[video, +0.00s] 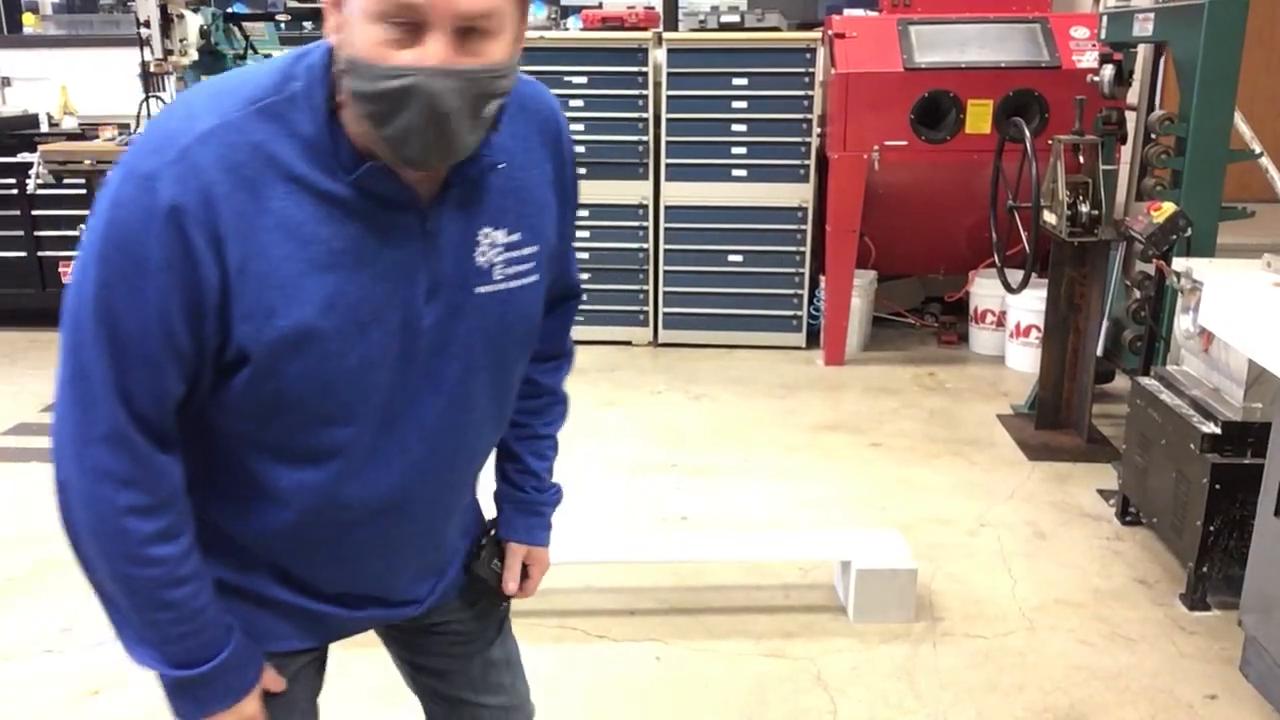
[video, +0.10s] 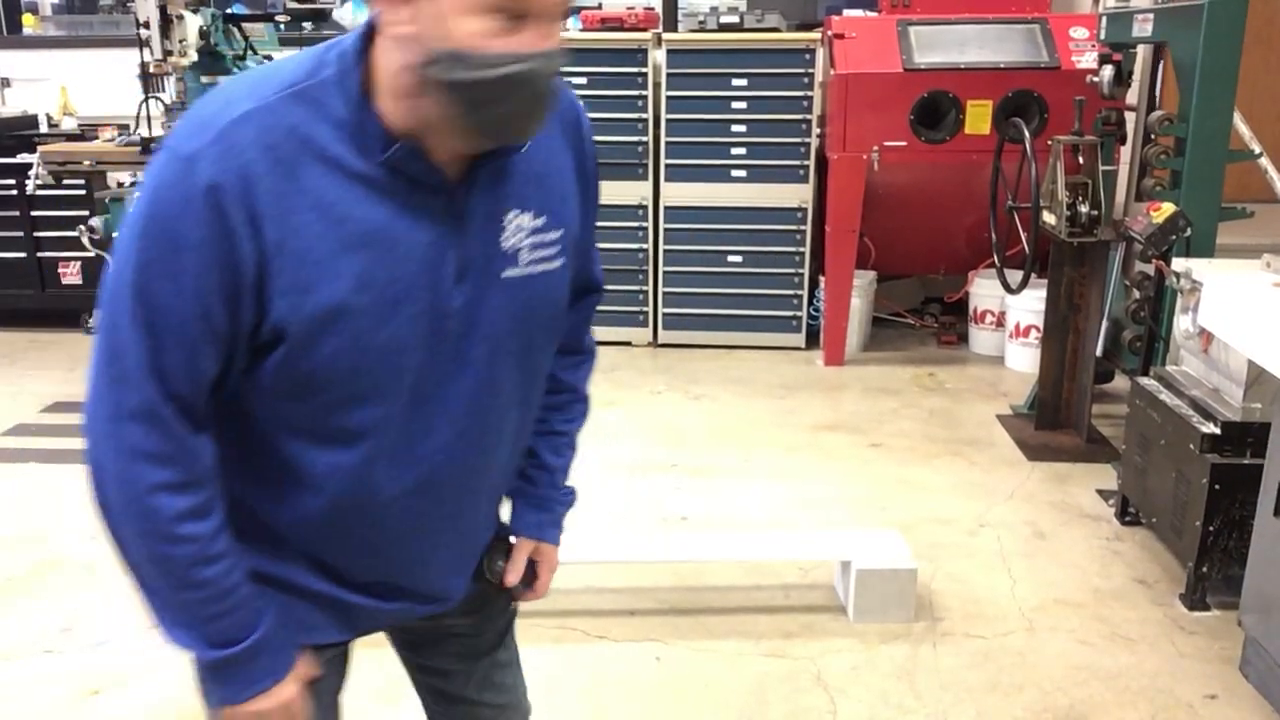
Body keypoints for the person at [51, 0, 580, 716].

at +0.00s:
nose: (435, 67)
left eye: (473, 33)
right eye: (401, 27)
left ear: (523, 34)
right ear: (335, 19)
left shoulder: (532, 134)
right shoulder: (184, 178)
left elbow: (543, 332)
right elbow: (105, 457)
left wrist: (527, 501)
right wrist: (207, 667)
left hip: (436, 542)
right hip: (258, 575)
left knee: (498, 709)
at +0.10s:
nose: (541, 45)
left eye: (555, 17)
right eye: (506, 14)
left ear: (571, 18)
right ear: (396, 10)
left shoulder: (555, 133)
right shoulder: (224, 162)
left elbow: (567, 330)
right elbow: (134, 434)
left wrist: (541, 501)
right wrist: (239, 649)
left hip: (458, 549)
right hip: (284, 573)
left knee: (494, 712)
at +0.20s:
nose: (581, 66)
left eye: (588, 43)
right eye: (556, 41)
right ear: (466, 4)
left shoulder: (564, 116)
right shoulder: (268, 142)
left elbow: (592, 309)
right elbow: (182, 395)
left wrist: (572, 475)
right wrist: (312, 603)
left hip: (503, 535)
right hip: (319, 567)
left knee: (517, 709)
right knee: (318, 712)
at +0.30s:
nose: (587, 20)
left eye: (587, 4)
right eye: (579, 3)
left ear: (542, 4)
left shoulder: (563, 81)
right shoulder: (309, 112)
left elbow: (607, 270)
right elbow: (248, 375)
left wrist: (612, 415)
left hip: (529, 526)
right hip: (356, 545)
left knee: (537, 709)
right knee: (351, 707)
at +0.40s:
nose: (591, 4)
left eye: (589, 0)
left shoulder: (558, 60)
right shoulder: (348, 92)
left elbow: (613, 235)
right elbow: (332, 359)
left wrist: (644, 348)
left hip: (551, 528)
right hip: (400, 544)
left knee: (540, 707)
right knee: (386, 707)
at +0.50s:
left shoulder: (549, 53)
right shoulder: (382, 77)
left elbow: (605, 217)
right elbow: (404, 341)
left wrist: (662, 291)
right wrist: (630, 406)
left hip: (566, 513)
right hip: (438, 535)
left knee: (545, 709)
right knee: (430, 707)